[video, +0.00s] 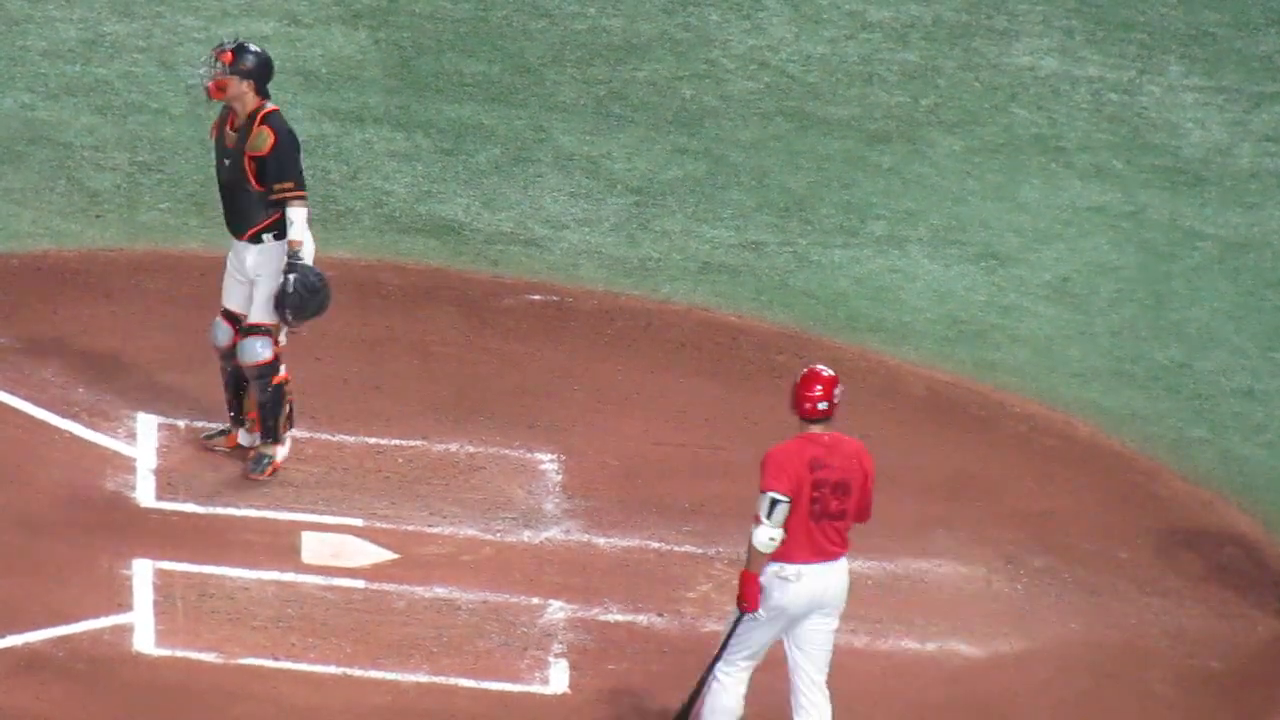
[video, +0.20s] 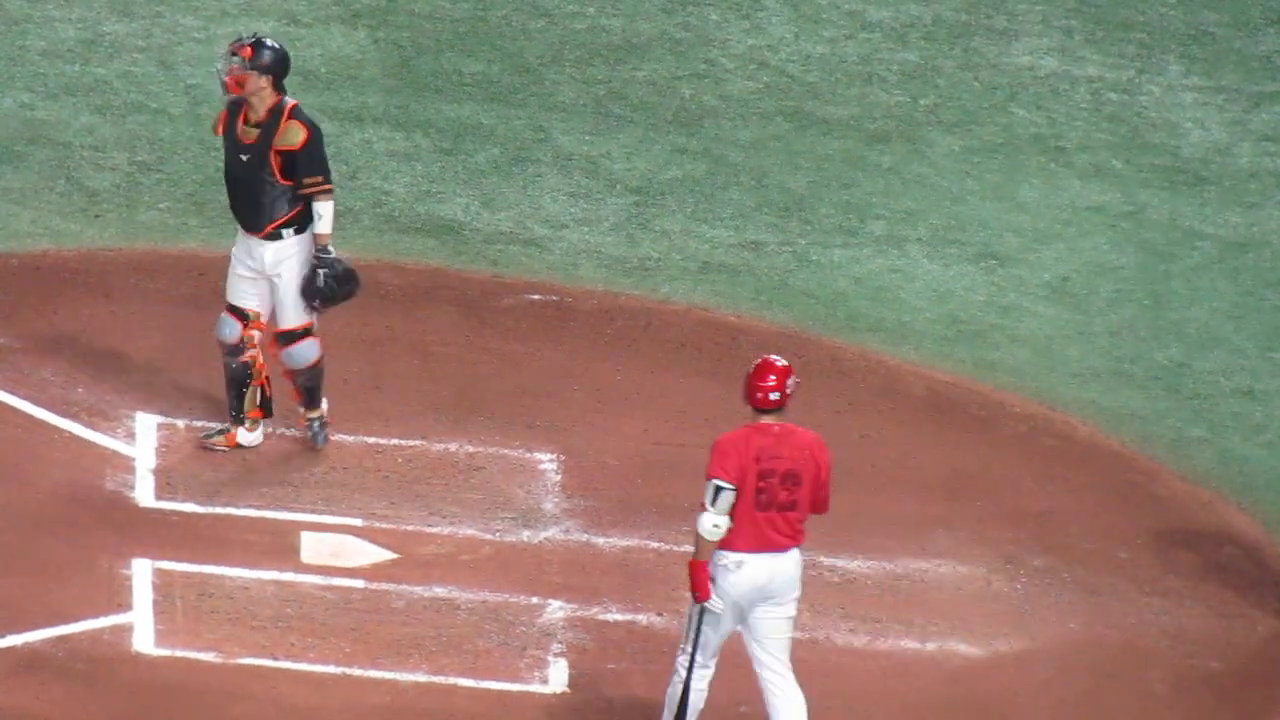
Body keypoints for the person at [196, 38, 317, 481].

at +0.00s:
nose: (219, 80)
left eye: (227, 75)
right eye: (220, 73)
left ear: (249, 82)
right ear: (233, 79)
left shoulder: (275, 130)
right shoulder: (223, 123)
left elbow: (295, 200)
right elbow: (238, 185)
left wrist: (297, 260)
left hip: (274, 248)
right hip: (242, 246)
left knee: (258, 345)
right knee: (228, 337)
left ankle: (274, 440)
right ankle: (242, 427)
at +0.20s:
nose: (235, 75)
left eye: (245, 70)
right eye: (236, 68)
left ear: (268, 79)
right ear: (247, 75)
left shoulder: (297, 129)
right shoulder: (230, 117)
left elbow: (322, 195)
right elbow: (247, 173)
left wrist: (324, 253)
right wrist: (255, 221)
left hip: (291, 246)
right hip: (248, 242)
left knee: (295, 338)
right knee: (236, 333)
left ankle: (314, 411)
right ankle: (247, 423)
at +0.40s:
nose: (265, 76)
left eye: (277, 71)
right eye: (266, 68)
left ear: (301, 81)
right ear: (271, 73)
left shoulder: (336, 130)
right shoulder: (248, 120)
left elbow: (360, 190)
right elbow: (245, 171)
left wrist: (367, 247)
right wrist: (281, 196)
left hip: (321, 246)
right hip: (265, 244)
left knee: (351, 333)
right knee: (244, 331)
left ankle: (338, 404)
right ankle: (247, 423)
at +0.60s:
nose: (333, 88)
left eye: (342, 80)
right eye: (326, 79)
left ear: (356, 85)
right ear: (314, 82)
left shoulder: (383, 129)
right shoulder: (291, 133)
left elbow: (402, 189)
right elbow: (280, 192)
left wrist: (407, 246)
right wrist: (287, 231)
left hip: (362, 250)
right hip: (307, 250)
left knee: (373, 334)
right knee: (268, 332)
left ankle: (346, 415)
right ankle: (251, 423)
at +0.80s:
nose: (391, 89)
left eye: (399, 80)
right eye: (382, 81)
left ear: (409, 83)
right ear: (365, 84)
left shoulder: (426, 125)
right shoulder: (339, 134)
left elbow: (431, 185)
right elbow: (319, 191)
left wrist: (433, 237)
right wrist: (322, 237)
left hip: (398, 249)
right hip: (351, 248)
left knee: (389, 336)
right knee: (322, 340)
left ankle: (345, 417)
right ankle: (275, 420)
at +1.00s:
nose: (435, 90)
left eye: (441, 82)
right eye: (424, 82)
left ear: (448, 84)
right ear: (405, 86)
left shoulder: (456, 128)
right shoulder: (377, 132)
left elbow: (454, 186)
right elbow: (349, 189)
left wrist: (458, 237)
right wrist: (346, 236)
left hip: (413, 249)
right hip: (372, 244)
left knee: (395, 340)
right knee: (389, 342)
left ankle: (356, 414)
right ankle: (343, 424)